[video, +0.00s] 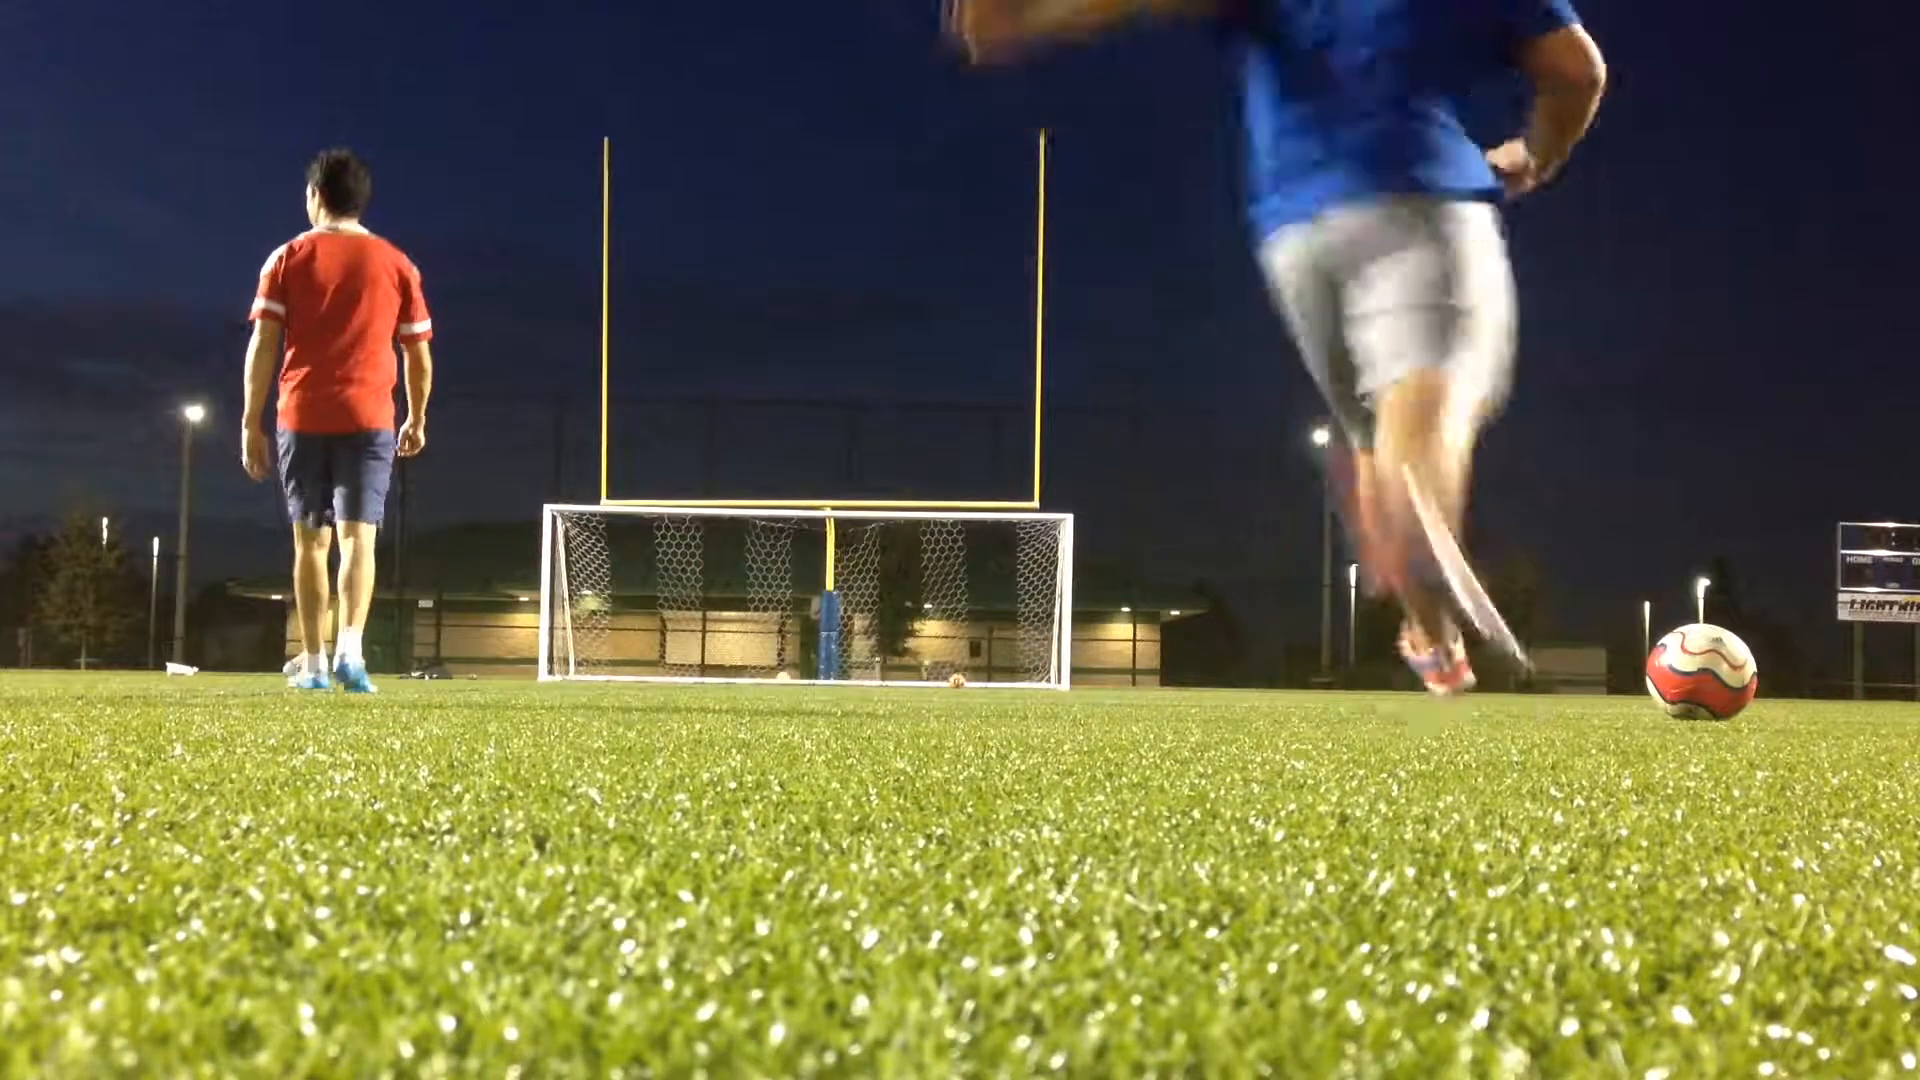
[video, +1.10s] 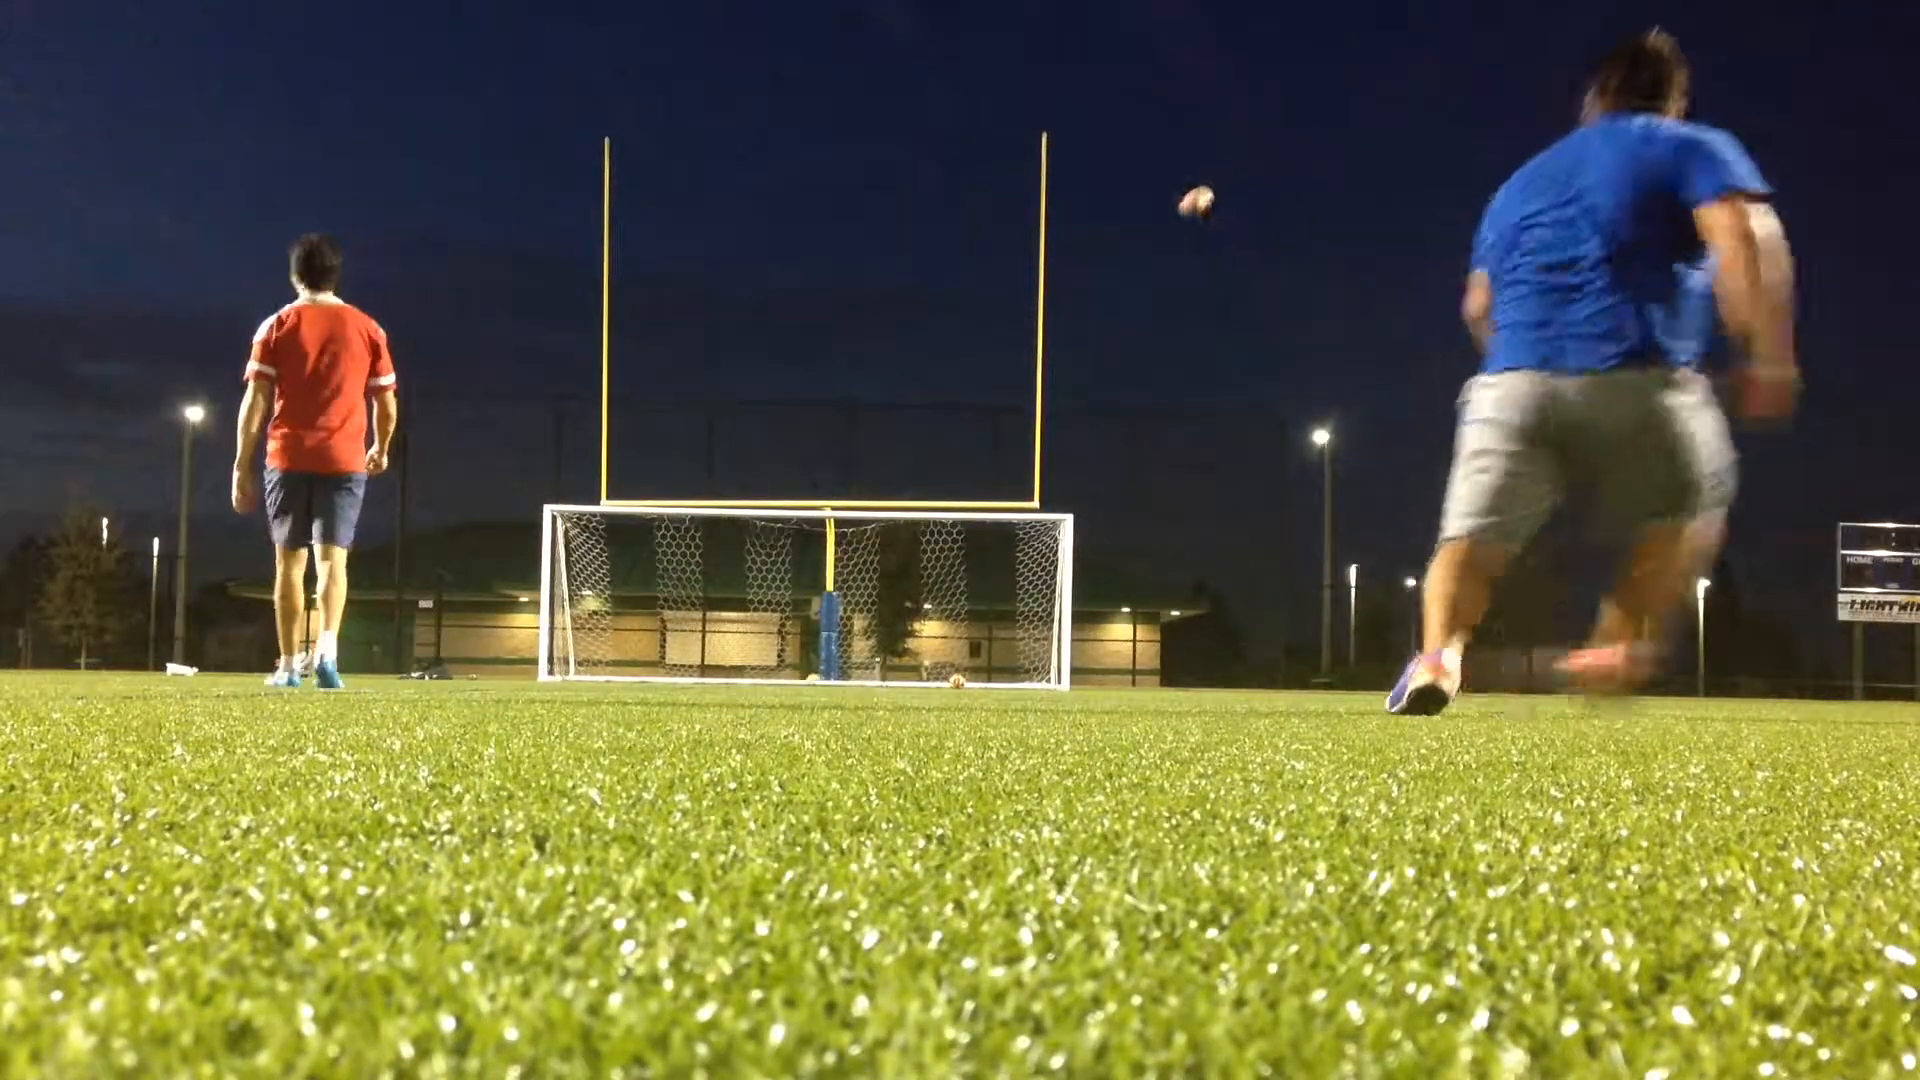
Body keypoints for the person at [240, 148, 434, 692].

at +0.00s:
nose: (307, 202)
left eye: (308, 194)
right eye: (310, 193)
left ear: (316, 197)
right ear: (363, 200)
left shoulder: (288, 258)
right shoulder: (397, 262)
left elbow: (264, 343)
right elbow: (418, 354)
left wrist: (251, 423)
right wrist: (418, 416)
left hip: (302, 415)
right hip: (371, 415)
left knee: (311, 542)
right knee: (359, 536)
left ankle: (313, 667)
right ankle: (349, 656)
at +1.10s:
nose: (296, 279)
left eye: (295, 272)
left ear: (295, 276)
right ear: (337, 275)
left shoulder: (277, 326)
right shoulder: (367, 327)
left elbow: (256, 402)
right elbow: (386, 403)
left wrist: (241, 466)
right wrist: (382, 446)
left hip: (288, 456)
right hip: (347, 457)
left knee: (290, 564)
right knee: (334, 559)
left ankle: (289, 667)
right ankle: (326, 653)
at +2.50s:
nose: (329, 347)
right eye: (329, 341)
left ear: (294, 344)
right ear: (329, 344)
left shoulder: (272, 384)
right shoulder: (348, 388)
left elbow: (257, 453)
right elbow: (358, 449)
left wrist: (270, 487)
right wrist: (362, 502)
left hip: (280, 492)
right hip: (326, 495)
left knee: (279, 575)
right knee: (324, 578)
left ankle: (274, 663)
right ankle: (318, 661)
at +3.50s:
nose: (362, 388)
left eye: (363, 383)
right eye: (365, 383)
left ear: (366, 386)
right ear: (395, 387)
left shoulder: (347, 421)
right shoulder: (411, 426)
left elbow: (332, 476)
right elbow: (418, 480)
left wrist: (343, 508)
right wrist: (424, 527)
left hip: (351, 515)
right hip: (392, 518)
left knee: (351, 592)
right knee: (397, 592)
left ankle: (348, 665)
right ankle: (396, 663)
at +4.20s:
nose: (418, 421)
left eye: (417, 417)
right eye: (424, 417)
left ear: (418, 419)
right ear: (444, 419)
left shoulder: (404, 453)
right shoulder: (461, 454)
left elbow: (389, 500)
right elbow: (471, 501)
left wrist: (380, 542)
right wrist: (470, 528)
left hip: (409, 538)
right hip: (443, 538)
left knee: (418, 604)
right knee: (433, 602)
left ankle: (424, 666)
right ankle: (416, 660)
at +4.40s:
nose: (448, 422)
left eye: (436, 417)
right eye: (452, 418)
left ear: (428, 419)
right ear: (455, 420)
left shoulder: (412, 452)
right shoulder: (468, 452)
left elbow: (402, 502)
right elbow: (478, 501)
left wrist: (400, 543)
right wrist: (481, 538)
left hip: (418, 538)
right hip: (454, 538)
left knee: (424, 602)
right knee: (458, 600)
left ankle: (424, 669)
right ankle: (440, 643)